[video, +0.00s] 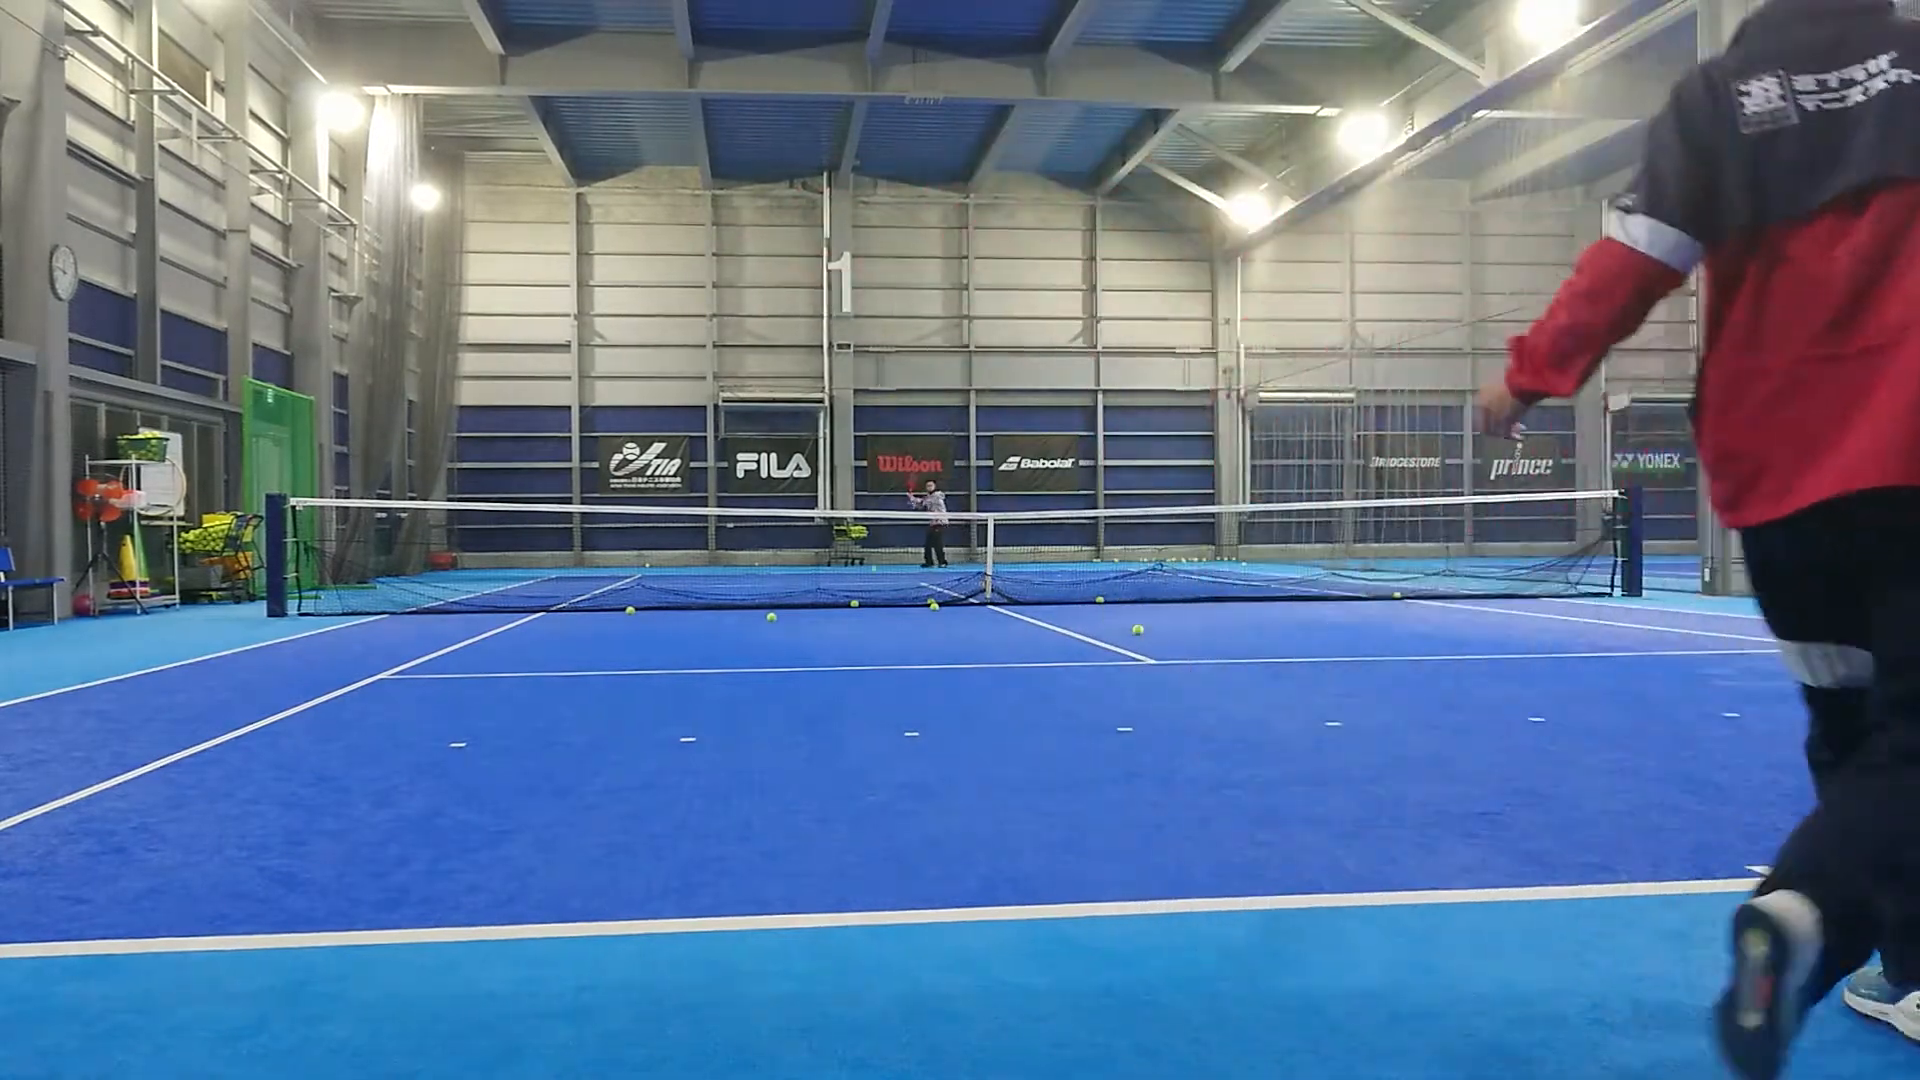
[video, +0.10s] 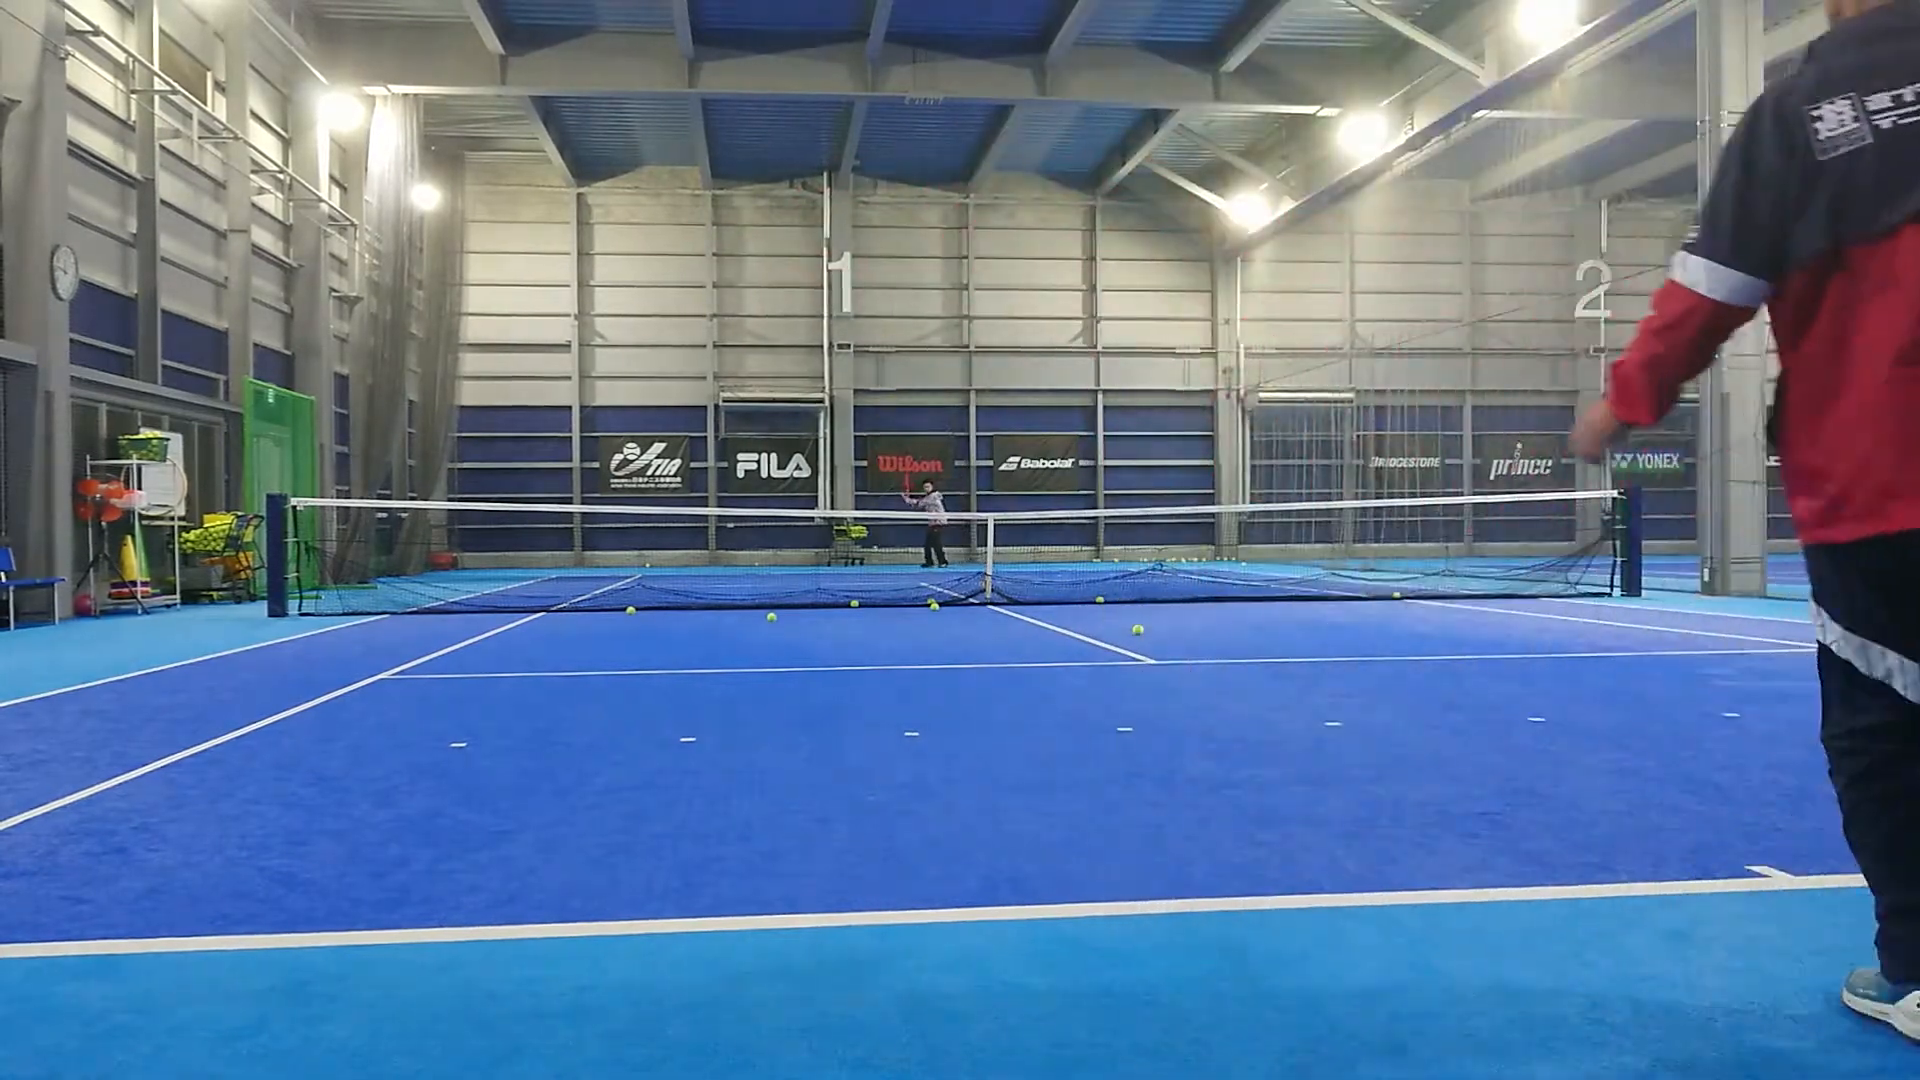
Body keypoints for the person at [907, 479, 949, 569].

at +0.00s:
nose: (929, 488)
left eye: (931, 485)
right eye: (927, 486)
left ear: (935, 486)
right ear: (926, 488)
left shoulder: (937, 496)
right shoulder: (928, 498)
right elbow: (919, 504)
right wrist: (911, 497)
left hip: (940, 522)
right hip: (933, 523)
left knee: (938, 544)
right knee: (927, 544)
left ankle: (942, 561)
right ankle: (928, 561)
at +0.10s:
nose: (926, 489)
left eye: (928, 486)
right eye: (925, 487)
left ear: (932, 487)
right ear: (923, 488)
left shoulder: (933, 496)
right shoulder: (929, 497)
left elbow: (920, 504)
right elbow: (919, 503)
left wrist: (907, 499)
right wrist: (907, 498)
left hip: (938, 522)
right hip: (933, 523)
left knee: (936, 544)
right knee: (927, 544)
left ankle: (943, 561)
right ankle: (928, 561)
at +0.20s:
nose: (925, 490)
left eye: (926, 488)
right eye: (923, 488)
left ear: (930, 488)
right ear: (921, 490)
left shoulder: (932, 498)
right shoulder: (924, 500)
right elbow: (915, 505)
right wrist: (903, 503)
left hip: (938, 524)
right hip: (930, 525)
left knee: (934, 543)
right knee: (924, 545)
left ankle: (946, 559)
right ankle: (928, 562)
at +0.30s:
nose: (923, 492)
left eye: (924, 490)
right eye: (921, 490)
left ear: (929, 490)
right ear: (921, 491)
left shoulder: (931, 499)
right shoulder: (926, 500)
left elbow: (916, 505)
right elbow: (915, 505)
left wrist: (903, 506)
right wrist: (903, 506)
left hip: (936, 525)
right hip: (930, 526)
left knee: (933, 544)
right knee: (923, 544)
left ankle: (950, 556)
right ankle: (927, 562)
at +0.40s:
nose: (922, 492)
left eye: (923, 490)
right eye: (920, 490)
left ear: (928, 490)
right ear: (920, 491)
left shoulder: (930, 499)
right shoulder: (925, 500)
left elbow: (917, 505)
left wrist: (904, 507)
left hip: (936, 525)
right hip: (928, 526)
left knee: (936, 544)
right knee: (923, 545)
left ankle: (952, 557)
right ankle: (928, 562)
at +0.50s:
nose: (921, 491)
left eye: (923, 489)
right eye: (920, 489)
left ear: (927, 489)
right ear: (919, 491)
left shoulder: (931, 497)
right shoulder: (922, 500)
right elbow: (915, 504)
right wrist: (908, 507)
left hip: (937, 524)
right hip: (928, 525)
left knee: (939, 543)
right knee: (924, 545)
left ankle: (953, 558)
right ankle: (928, 562)